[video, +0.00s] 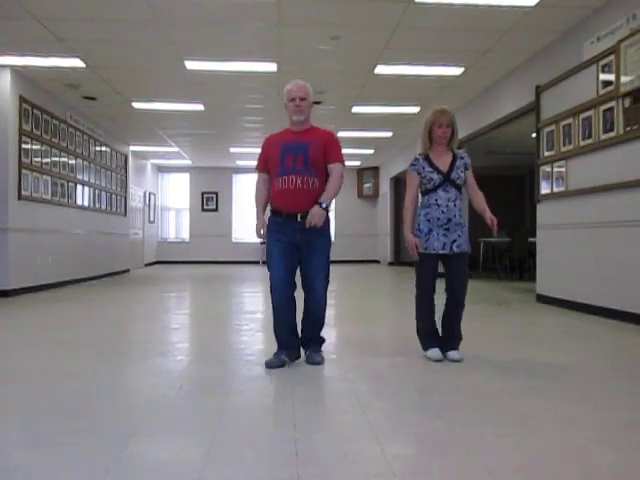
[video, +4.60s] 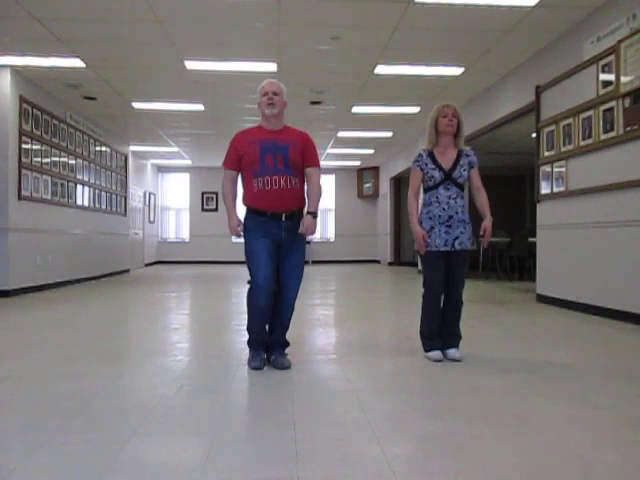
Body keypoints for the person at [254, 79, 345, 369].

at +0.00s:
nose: (297, 103)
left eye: (303, 98)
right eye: (292, 99)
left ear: (311, 102)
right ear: (285, 104)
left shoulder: (326, 138)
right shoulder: (272, 142)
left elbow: (337, 174)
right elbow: (263, 180)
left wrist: (323, 205)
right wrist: (260, 214)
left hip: (314, 222)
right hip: (280, 223)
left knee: (316, 288)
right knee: (280, 288)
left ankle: (313, 345)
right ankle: (287, 348)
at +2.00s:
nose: (282, 96)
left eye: (287, 93)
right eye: (276, 93)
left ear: (295, 102)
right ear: (267, 102)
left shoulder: (311, 137)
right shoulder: (254, 141)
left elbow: (322, 175)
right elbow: (243, 182)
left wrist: (316, 202)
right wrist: (243, 216)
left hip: (304, 220)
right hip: (269, 220)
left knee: (303, 287)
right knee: (268, 285)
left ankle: (298, 346)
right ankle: (275, 347)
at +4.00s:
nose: (270, 97)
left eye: (275, 93)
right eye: (265, 94)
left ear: (284, 102)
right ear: (255, 103)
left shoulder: (300, 138)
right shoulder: (242, 140)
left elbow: (312, 179)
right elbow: (229, 181)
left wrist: (310, 214)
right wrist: (229, 218)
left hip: (293, 221)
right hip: (257, 220)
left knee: (288, 290)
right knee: (257, 286)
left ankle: (278, 347)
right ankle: (257, 346)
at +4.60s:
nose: (270, 97)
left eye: (275, 93)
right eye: (265, 94)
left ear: (285, 102)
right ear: (258, 102)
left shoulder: (301, 139)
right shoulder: (243, 139)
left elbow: (313, 179)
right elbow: (229, 178)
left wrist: (311, 213)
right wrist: (232, 215)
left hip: (293, 221)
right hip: (258, 220)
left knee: (289, 288)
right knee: (262, 285)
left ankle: (277, 348)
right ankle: (257, 348)